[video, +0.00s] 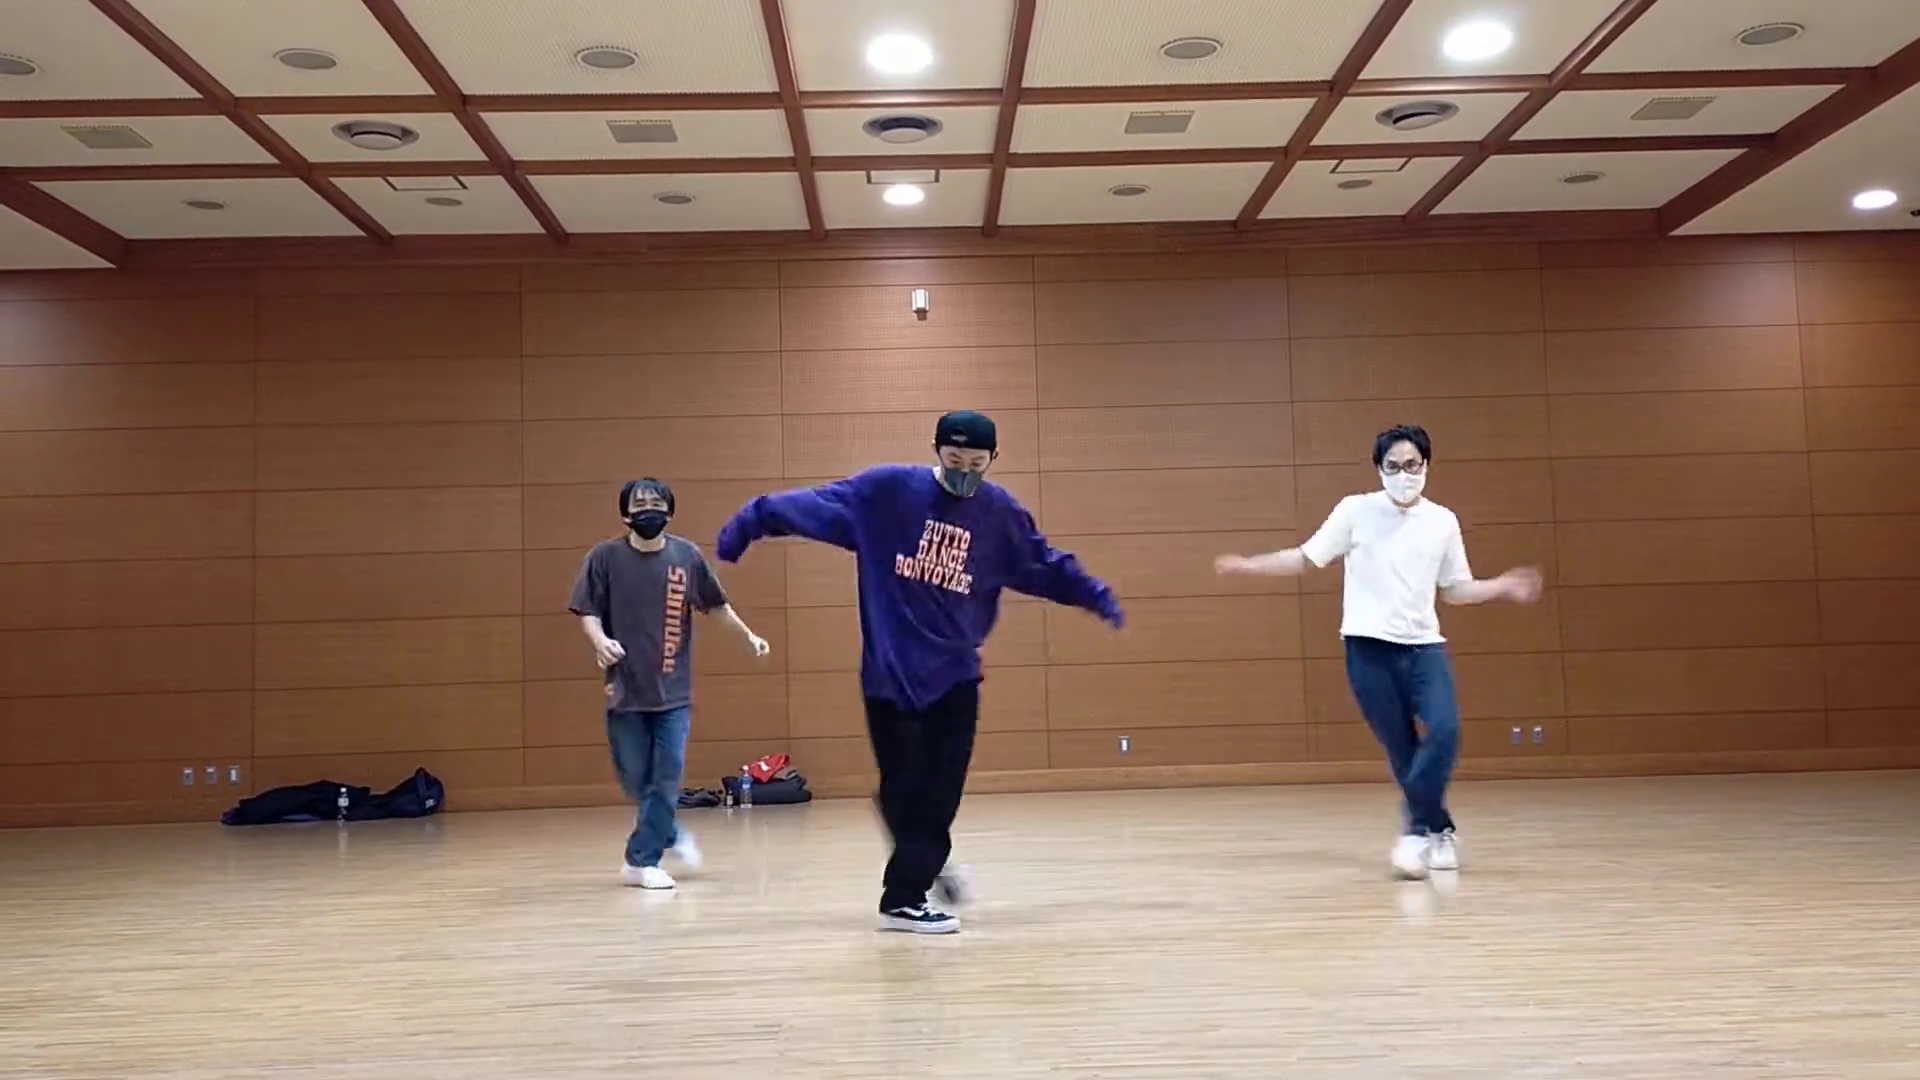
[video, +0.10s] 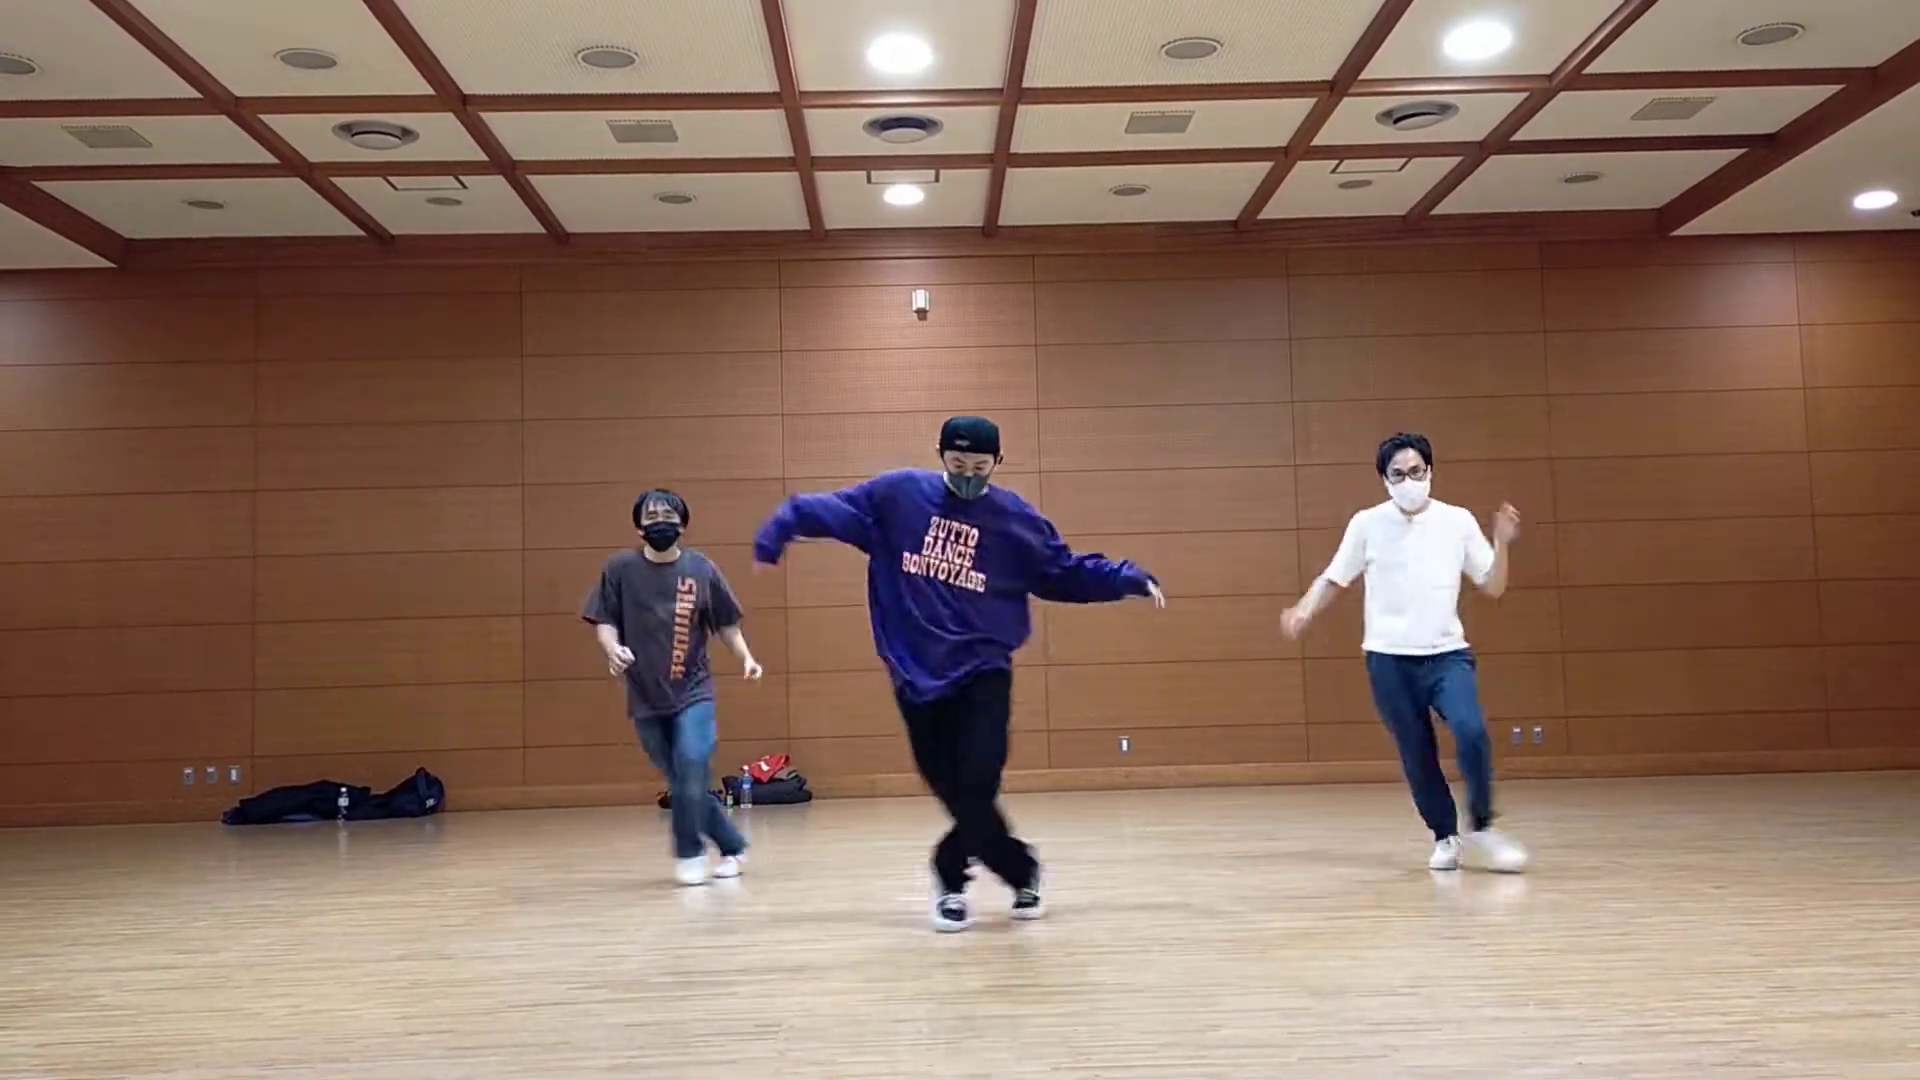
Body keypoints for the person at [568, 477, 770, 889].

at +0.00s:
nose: (649, 515)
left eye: (656, 508)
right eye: (641, 509)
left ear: (668, 512)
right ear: (627, 515)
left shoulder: (687, 555)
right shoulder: (604, 557)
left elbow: (715, 604)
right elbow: (586, 611)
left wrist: (748, 635)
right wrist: (600, 640)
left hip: (672, 691)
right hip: (625, 690)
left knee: (668, 776)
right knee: (633, 778)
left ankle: (641, 860)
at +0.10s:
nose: (659, 523)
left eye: (667, 516)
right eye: (651, 517)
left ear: (681, 523)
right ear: (639, 526)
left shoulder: (700, 569)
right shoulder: (620, 569)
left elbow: (725, 621)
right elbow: (603, 619)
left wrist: (746, 655)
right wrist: (612, 647)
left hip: (692, 691)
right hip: (646, 696)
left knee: (691, 764)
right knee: (681, 780)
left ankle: (689, 854)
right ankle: (733, 847)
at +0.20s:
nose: (670, 531)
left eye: (678, 524)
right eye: (662, 525)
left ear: (692, 531)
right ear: (651, 534)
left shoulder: (712, 579)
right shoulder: (631, 580)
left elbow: (729, 637)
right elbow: (618, 633)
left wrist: (733, 678)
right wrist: (624, 674)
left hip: (704, 698)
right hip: (659, 703)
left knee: (702, 773)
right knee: (685, 787)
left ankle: (745, 850)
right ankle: (733, 850)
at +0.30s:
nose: (677, 522)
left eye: (685, 516)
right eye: (669, 517)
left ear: (700, 526)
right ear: (657, 527)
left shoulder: (717, 573)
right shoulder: (636, 572)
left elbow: (730, 634)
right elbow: (620, 631)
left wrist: (715, 677)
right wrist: (618, 683)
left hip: (706, 699)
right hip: (659, 701)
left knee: (718, 774)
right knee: (657, 783)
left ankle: (749, 858)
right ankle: (713, 838)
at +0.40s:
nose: (676, 516)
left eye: (684, 510)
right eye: (668, 510)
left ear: (697, 519)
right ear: (656, 520)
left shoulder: (715, 565)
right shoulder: (633, 564)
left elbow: (727, 623)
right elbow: (611, 616)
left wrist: (711, 656)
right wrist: (601, 667)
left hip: (702, 693)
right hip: (650, 692)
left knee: (725, 772)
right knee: (629, 772)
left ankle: (750, 859)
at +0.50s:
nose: (669, 519)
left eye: (676, 512)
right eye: (660, 513)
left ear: (689, 518)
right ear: (648, 520)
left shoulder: (708, 564)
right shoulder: (624, 562)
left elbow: (726, 616)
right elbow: (596, 606)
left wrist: (717, 646)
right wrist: (578, 648)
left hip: (691, 693)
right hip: (636, 690)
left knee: (716, 773)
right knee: (601, 774)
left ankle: (744, 857)